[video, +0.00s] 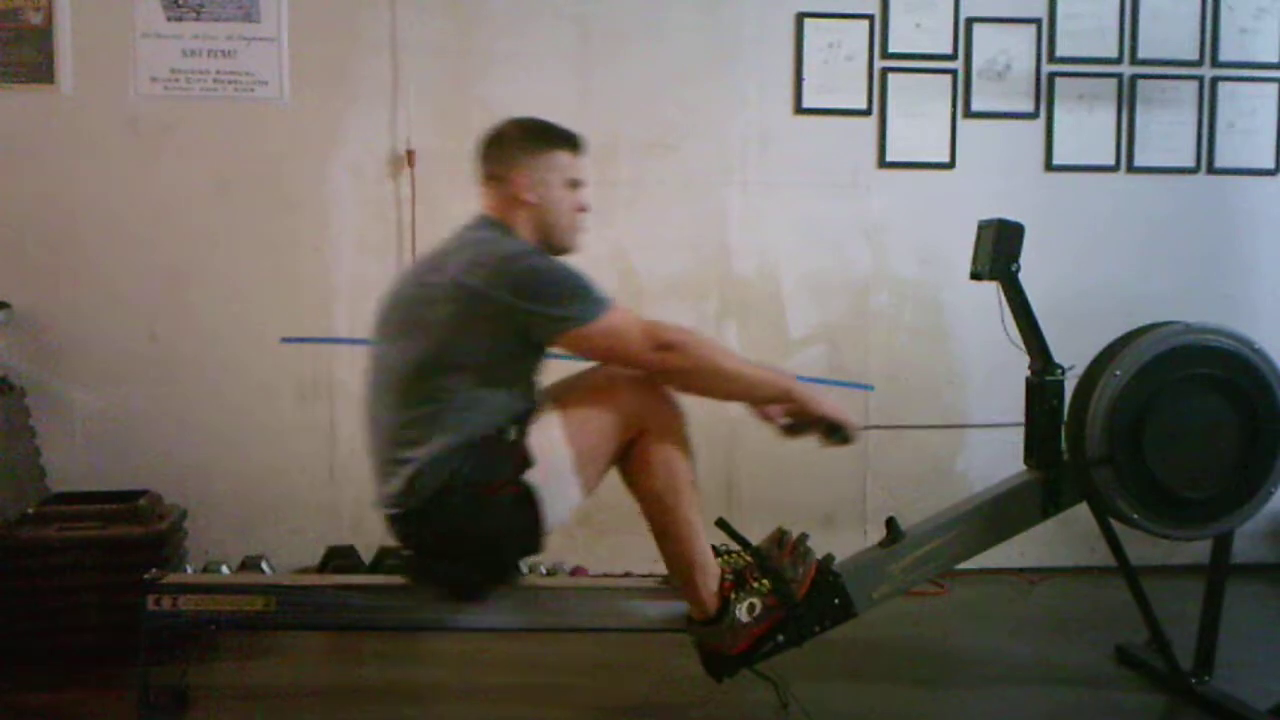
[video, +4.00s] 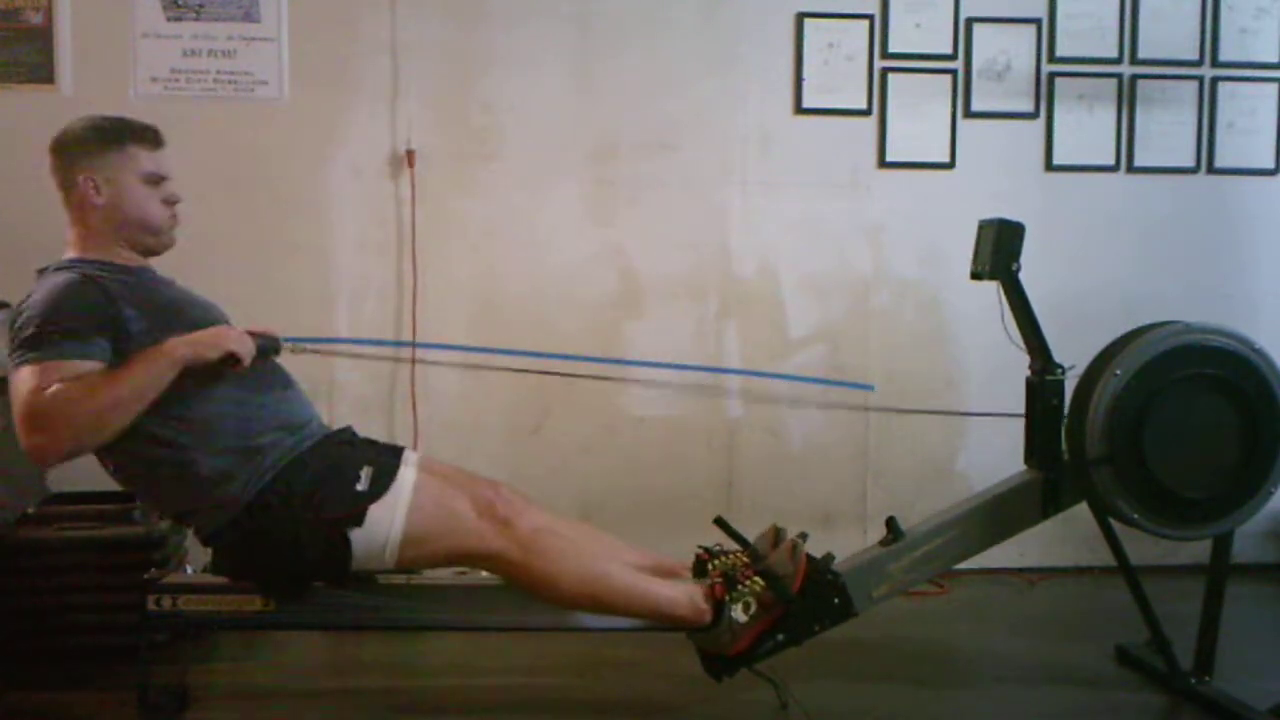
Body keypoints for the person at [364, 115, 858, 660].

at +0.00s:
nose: (586, 203)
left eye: (583, 186)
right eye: (572, 185)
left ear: (521, 192)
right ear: (522, 190)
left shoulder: (465, 262)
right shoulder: (505, 268)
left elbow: (638, 350)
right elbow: (655, 349)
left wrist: (758, 393)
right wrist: (798, 393)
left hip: (434, 519)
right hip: (463, 521)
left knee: (631, 387)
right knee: (642, 395)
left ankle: (706, 591)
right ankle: (713, 610)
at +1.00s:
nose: (349, 166)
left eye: (345, 147)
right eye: (331, 148)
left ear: (281, 159)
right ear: (275, 154)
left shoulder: (267, 247)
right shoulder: (282, 252)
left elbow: (429, 318)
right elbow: (433, 320)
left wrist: (565, 346)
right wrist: (572, 348)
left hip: (319, 484)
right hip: (324, 496)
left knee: (533, 449)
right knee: (539, 457)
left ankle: (696, 598)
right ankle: (706, 612)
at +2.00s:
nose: (320, 186)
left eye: (318, 169)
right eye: (303, 169)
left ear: (252, 174)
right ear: (243, 170)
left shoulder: (260, 264)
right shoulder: (218, 267)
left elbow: (360, 365)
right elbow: (342, 376)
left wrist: (479, 397)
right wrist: (484, 399)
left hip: (314, 479)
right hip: (284, 507)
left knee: (511, 475)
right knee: (509, 489)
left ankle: (703, 584)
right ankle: (705, 613)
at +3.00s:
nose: (706, 208)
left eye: (703, 192)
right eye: (696, 191)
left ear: (642, 197)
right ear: (653, 195)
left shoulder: (599, 259)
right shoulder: (642, 266)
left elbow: (772, 336)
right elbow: (801, 336)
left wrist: (887, 372)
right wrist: (939, 364)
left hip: (531, 512)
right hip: (558, 517)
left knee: (716, 366)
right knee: (728, 379)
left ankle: (702, 567)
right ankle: (717, 594)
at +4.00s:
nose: (172, 199)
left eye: (169, 183)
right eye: (153, 184)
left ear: (116, 197)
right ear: (90, 197)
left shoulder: (139, 287)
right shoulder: (74, 291)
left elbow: (161, 399)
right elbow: (45, 426)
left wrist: (233, 352)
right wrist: (179, 353)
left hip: (305, 468)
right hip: (272, 500)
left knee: (502, 507)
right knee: (493, 522)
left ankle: (706, 594)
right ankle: (710, 614)